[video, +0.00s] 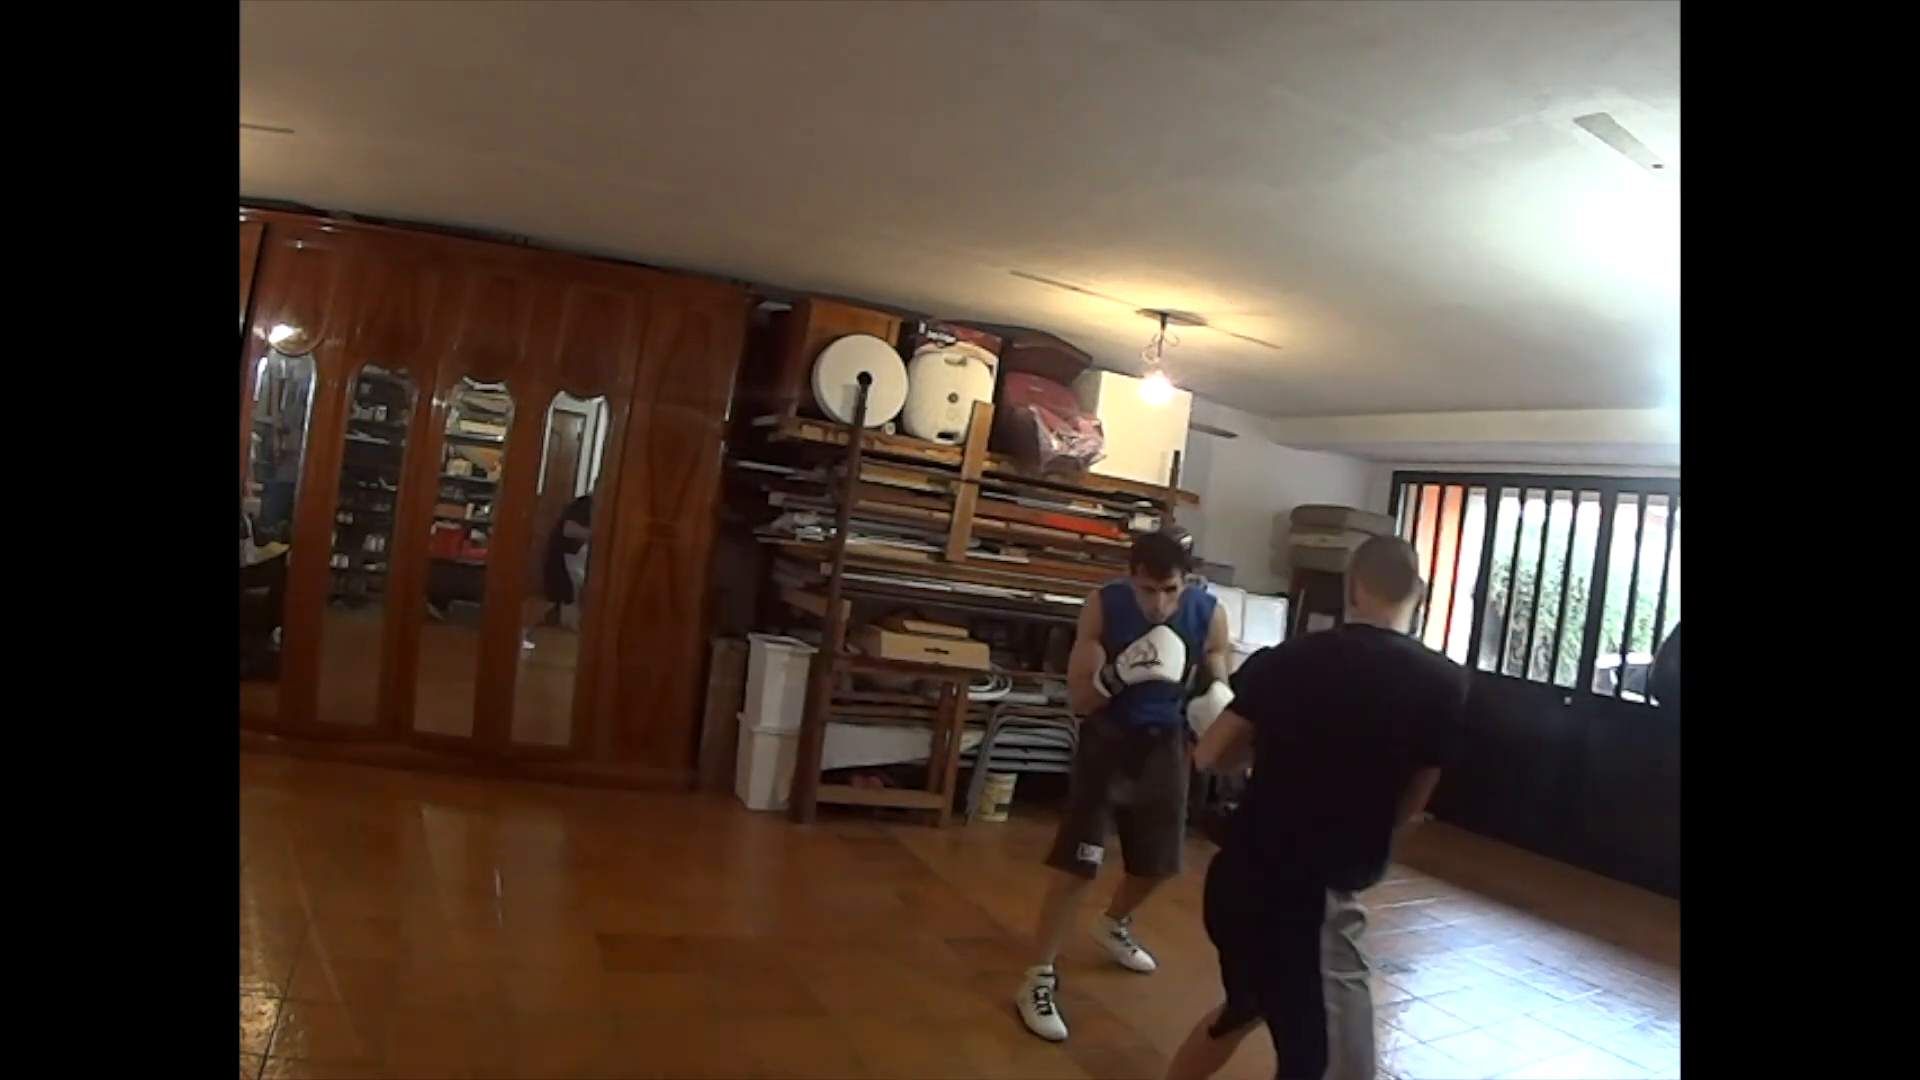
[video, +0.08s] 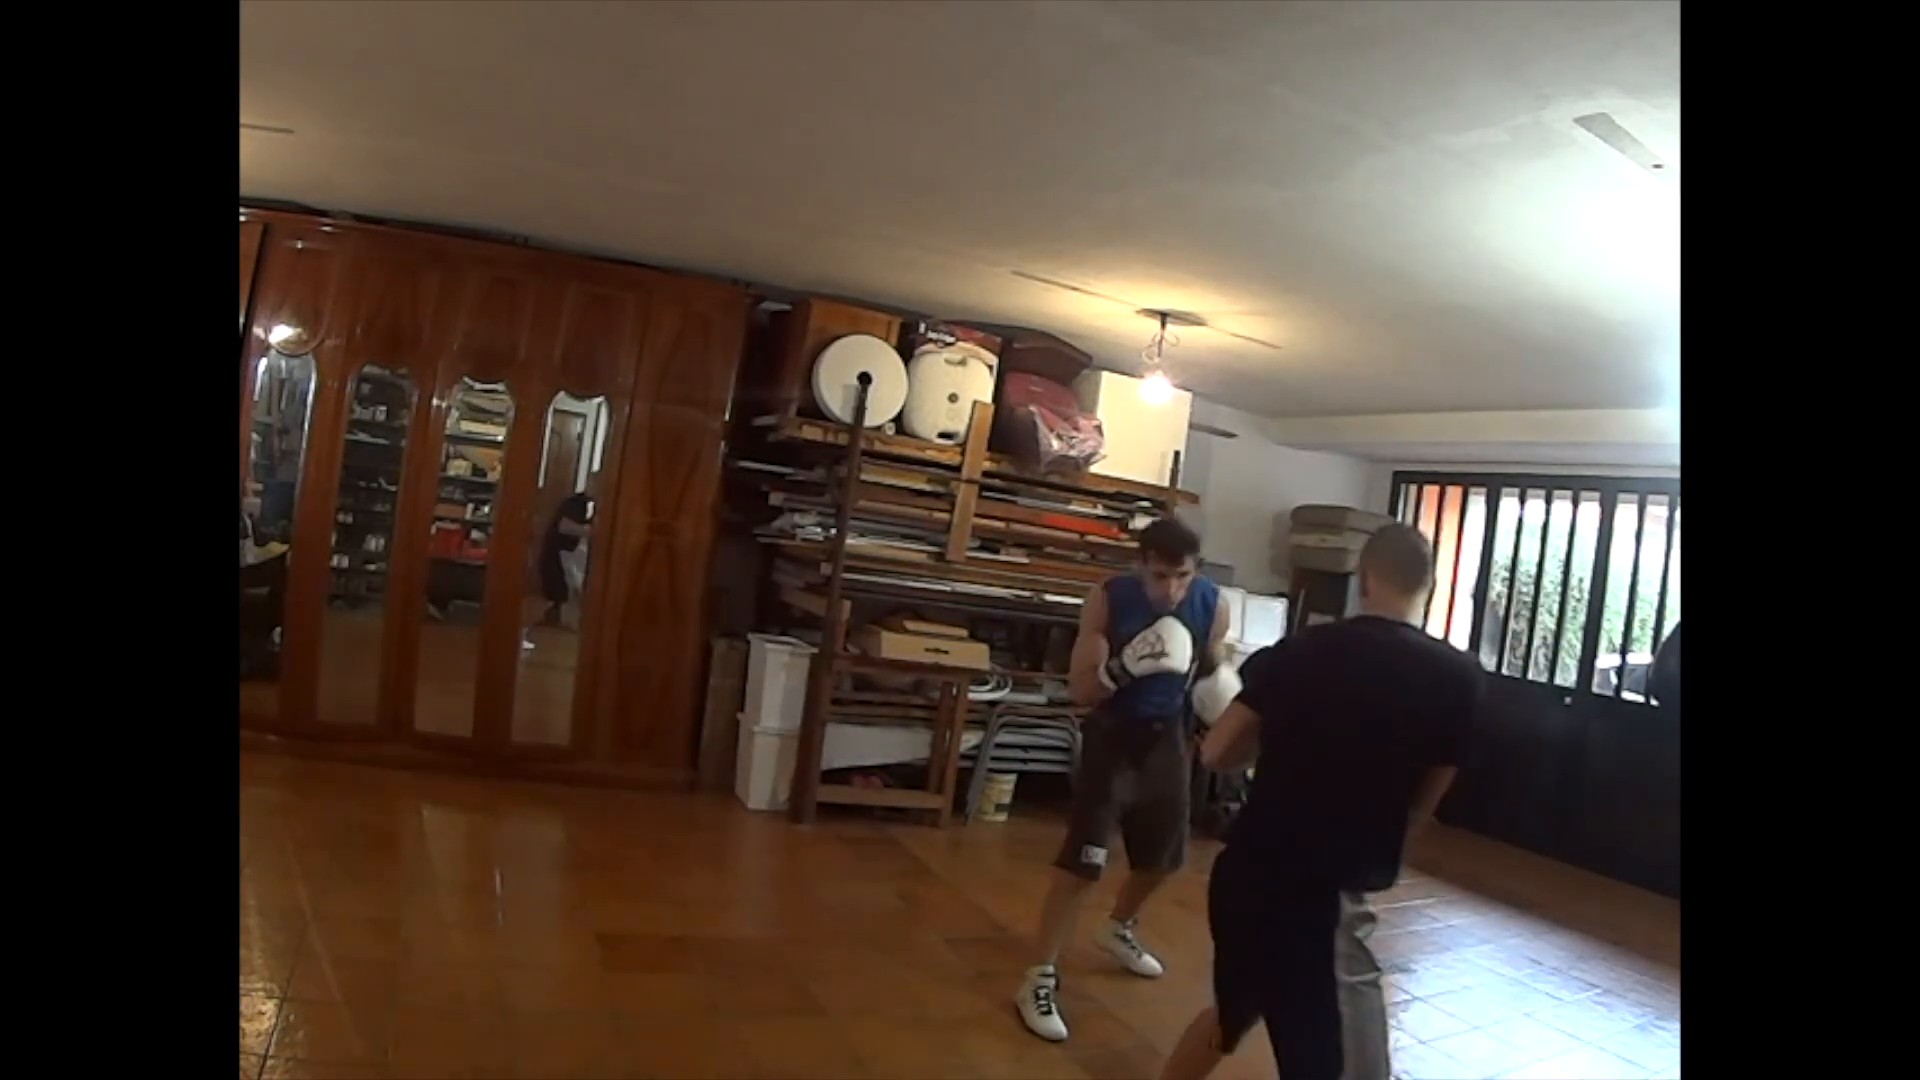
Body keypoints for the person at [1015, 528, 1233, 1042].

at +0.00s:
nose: (1161, 604)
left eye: (1171, 592)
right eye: (1150, 591)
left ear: (1186, 580)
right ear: (1132, 576)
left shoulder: (1207, 613)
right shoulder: (1104, 606)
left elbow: (1222, 680)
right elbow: (1079, 700)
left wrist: (1213, 700)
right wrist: (1111, 675)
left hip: (1166, 749)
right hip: (1105, 742)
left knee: (1157, 862)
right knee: (1078, 863)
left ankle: (1114, 922)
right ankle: (1040, 976)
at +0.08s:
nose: (1172, 589)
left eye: (1182, 578)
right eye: (1162, 578)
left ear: (1196, 570)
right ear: (1143, 565)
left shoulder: (1212, 605)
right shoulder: (1109, 598)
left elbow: (1209, 673)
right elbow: (1079, 690)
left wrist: (1219, 675)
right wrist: (1123, 666)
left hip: (1168, 744)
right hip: (1109, 738)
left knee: (1162, 856)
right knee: (1084, 860)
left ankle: (1119, 927)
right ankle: (1041, 977)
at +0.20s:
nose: (1209, 561)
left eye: (1217, 551)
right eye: (1199, 549)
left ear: (1223, 549)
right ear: (1171, 540)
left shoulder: (1219, 590)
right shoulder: (1125, 588)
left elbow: (1229, 661)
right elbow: (1087, 677)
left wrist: (1230, 661)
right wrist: (1141, 660)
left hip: (1180, 735)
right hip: (1127, 733)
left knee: (1162, 857)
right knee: (1099, 867)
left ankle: (1130, 945)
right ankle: (1043, 979)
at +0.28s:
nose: (1225, 566)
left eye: (1232, 556)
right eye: (1217, 553)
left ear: (1236, 555)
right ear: (1189, 543)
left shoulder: (1221, 595)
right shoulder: (1140, 591)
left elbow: (1221, 682)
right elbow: (1089, 675)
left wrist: (1236, 654)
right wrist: (1149, 663)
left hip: (1182, 739)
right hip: (1134, 737)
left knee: (1166, 860)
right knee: (1113, 872)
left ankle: (1130, 947)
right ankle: (1044, 981)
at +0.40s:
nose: (1251, 571)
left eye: (1257, 561)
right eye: (1246, 558)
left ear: (1254, 559)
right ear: (1219, 546)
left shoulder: (1225, 601)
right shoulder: (1163, 587)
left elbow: (1216, 674)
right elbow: (1102, 660)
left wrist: (1238, 649)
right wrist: (1166, 659)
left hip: (1191, 736)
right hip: (1149, 733)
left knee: (1177, 857)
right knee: (1142, 871)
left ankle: (1127, 949)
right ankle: (1060, 975)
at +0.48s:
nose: (1257, 570)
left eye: (1265, 561)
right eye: (1252, 556)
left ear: (1263, 560)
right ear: (1224, 544)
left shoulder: (1229, 601)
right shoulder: (1169, 584)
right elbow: (1111, 657)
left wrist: (1237, 649)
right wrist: (1174, 649)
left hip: (1191, 732)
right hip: (1152, 727)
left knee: (1174, 858)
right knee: (1147, 867)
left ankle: (1129, 947)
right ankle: (1076, 988)